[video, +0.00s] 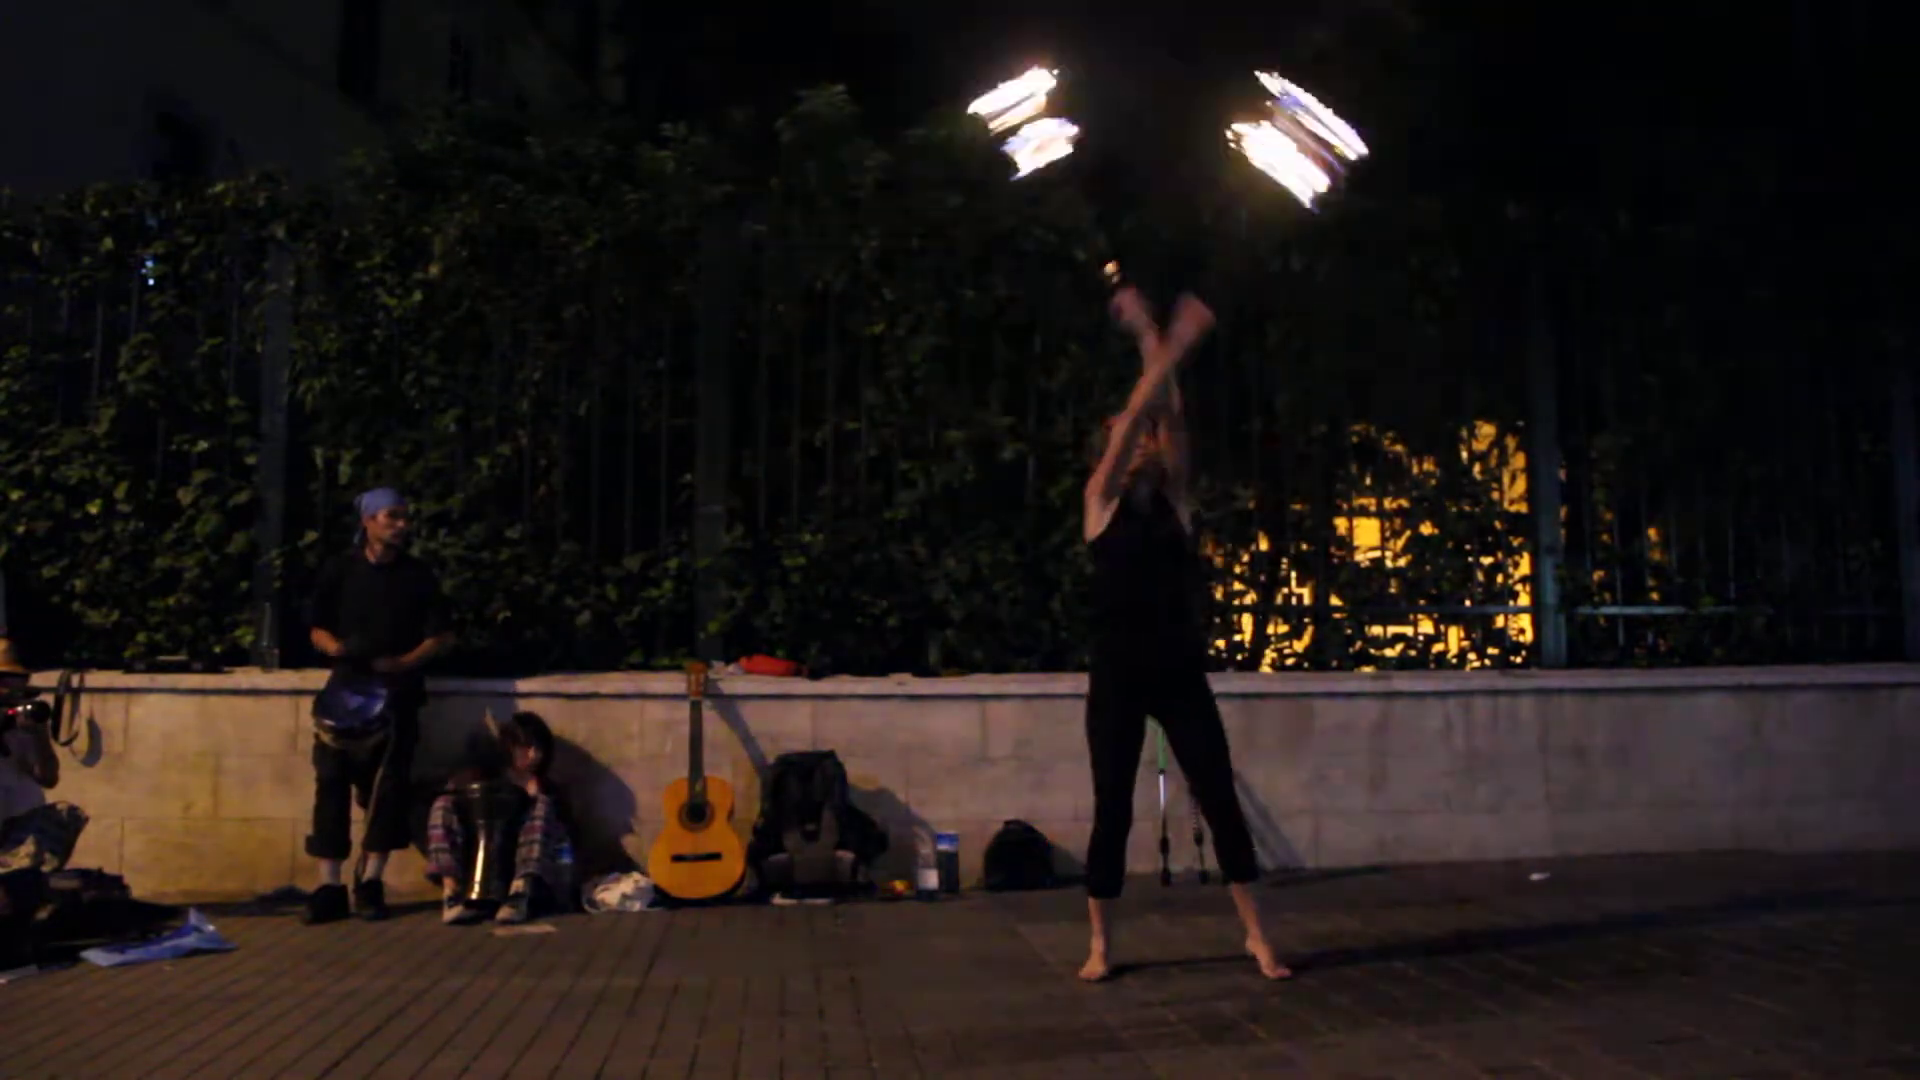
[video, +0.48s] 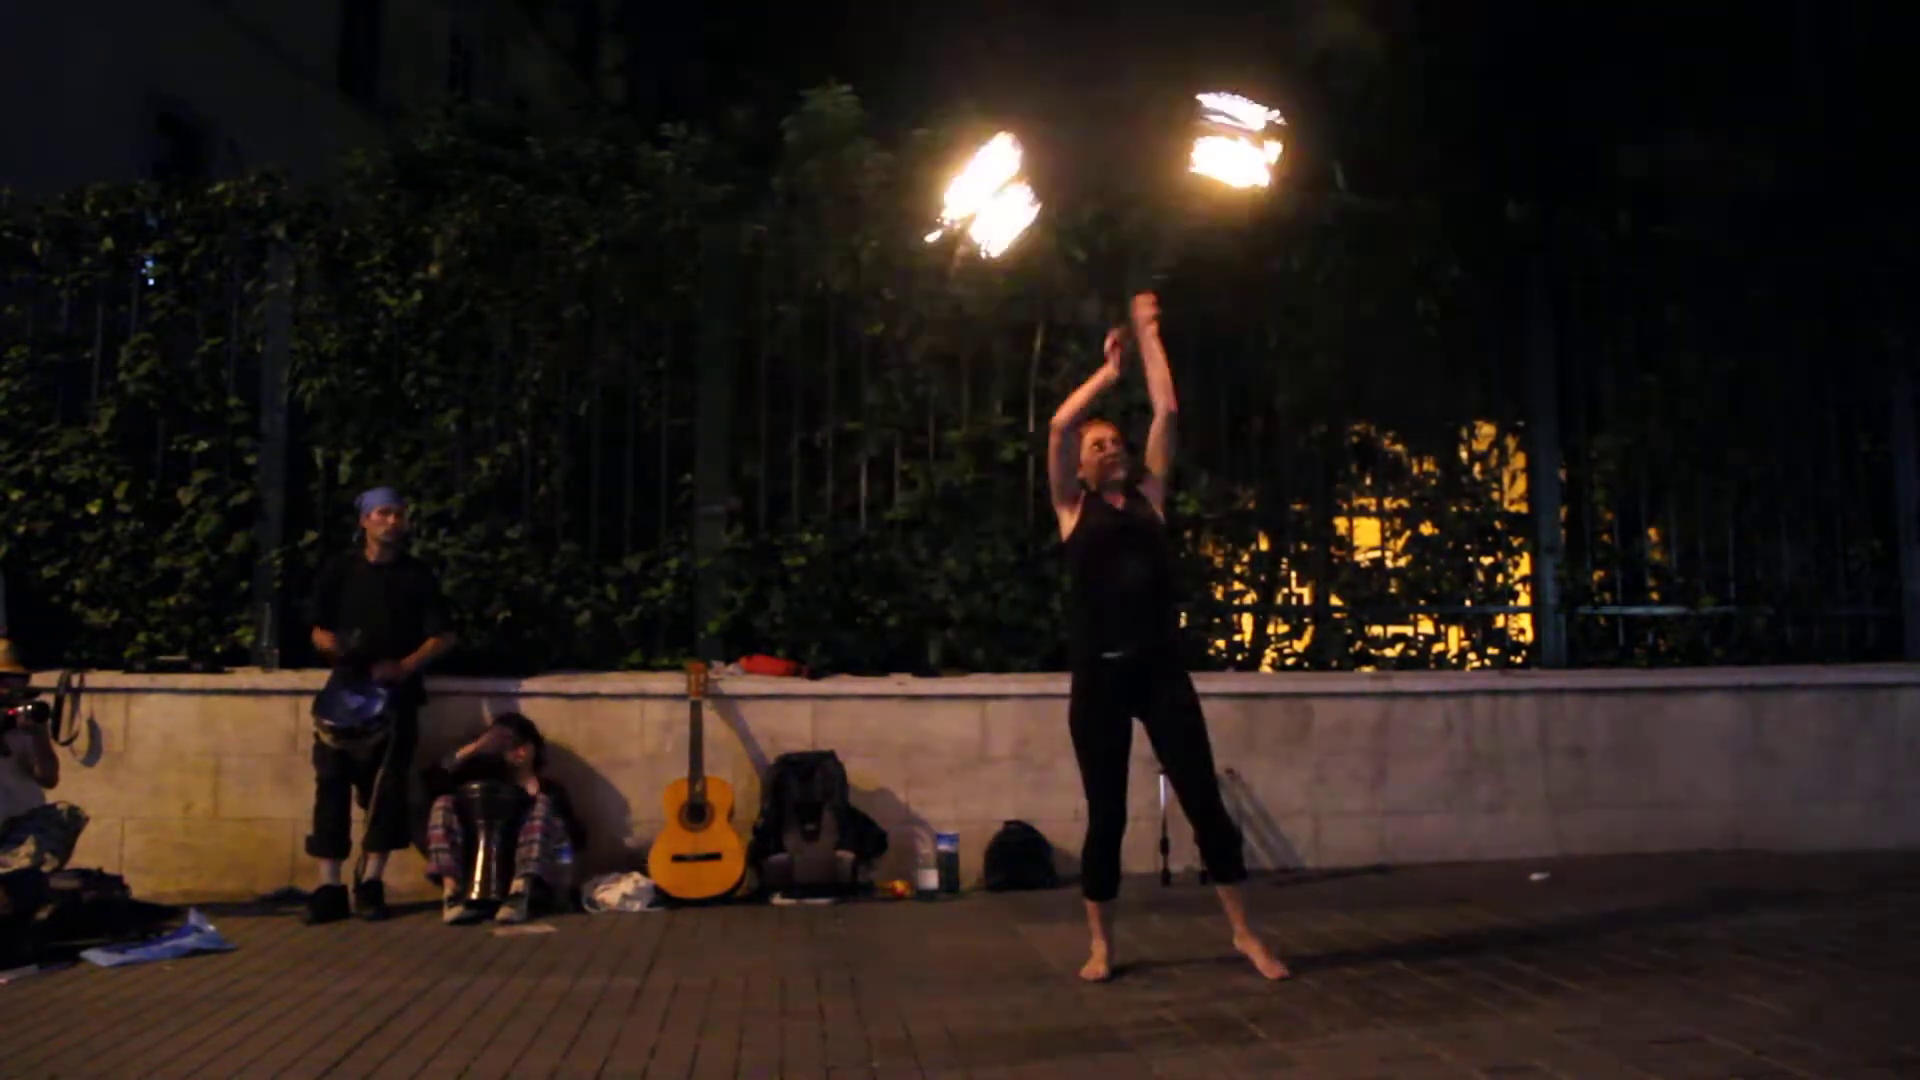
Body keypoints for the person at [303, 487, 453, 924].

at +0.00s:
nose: (402, 525)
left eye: (405, 518)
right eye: (393, 518)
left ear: (406, 524)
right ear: (368, 522)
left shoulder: (418, 575)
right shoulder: (341, 571)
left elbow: (440, 636)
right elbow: (315, 626)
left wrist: (402, 662)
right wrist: (339, 649)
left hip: (396, 692)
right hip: (345, 689)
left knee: (389, 784)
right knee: (331, 783)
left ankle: (370, 880)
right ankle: (330, 883)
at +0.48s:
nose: (393, 522)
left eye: (398, 515)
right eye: (384, 514)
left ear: (405, 523)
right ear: (364, 521)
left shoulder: (417, 575)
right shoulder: (340, 572)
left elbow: (442, 637)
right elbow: (317, 632)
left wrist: (403, 666)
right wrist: (342, 648)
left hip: (395, 692)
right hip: (344, 689)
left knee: (388, 784)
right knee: (331, 783)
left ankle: (371, 881)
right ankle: (330, 884)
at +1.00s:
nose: (398, 525)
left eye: (401, 518)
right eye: (389, 518)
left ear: (406, 523)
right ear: (367, 523)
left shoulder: (417, 575)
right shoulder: (340, 572)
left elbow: (442, 637)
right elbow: (318, 631)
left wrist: (401, 666)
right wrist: (332, 640)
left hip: (396, 691)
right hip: (345, 688)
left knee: (389, 784)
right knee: (331, 783)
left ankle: (371, 880)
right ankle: (330, 883)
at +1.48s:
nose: (402, 524)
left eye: (404, 517)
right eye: (393, 517)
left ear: (404, 522)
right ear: (368, 521)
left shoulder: (418, 573)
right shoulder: (341, 571)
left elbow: (441, 637)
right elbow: (318, 631)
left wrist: (401, 668)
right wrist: (335, 649)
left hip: (397, 692)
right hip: (346, 689)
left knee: (390, 781)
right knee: (331, 779)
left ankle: (370, 880)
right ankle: (331, 882)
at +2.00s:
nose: (401, 524)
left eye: (403, 518)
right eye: (392, 518)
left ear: (404, 524)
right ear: (368, 522)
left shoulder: (417, 574)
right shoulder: (341, 571)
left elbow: (440, 638)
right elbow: (318, 631)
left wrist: (396, 667)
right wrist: (336, 655)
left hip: (397, 692)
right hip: (345, 689)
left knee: (390, 783)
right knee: (331, 780)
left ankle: (370, 880)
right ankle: (331, 882)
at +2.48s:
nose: (401, 523)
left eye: (404, 516)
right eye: (392, 516)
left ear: (405, 523)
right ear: (368, 521)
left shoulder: (418, 574)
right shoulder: (340, 572)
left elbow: (440, 638)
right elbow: (319, 631)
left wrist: (395, 668)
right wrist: (334, 652)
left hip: (396, 694)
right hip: (345, 691)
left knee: (389, 784)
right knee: (331, 783)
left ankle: (370, 881)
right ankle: (330, 883)